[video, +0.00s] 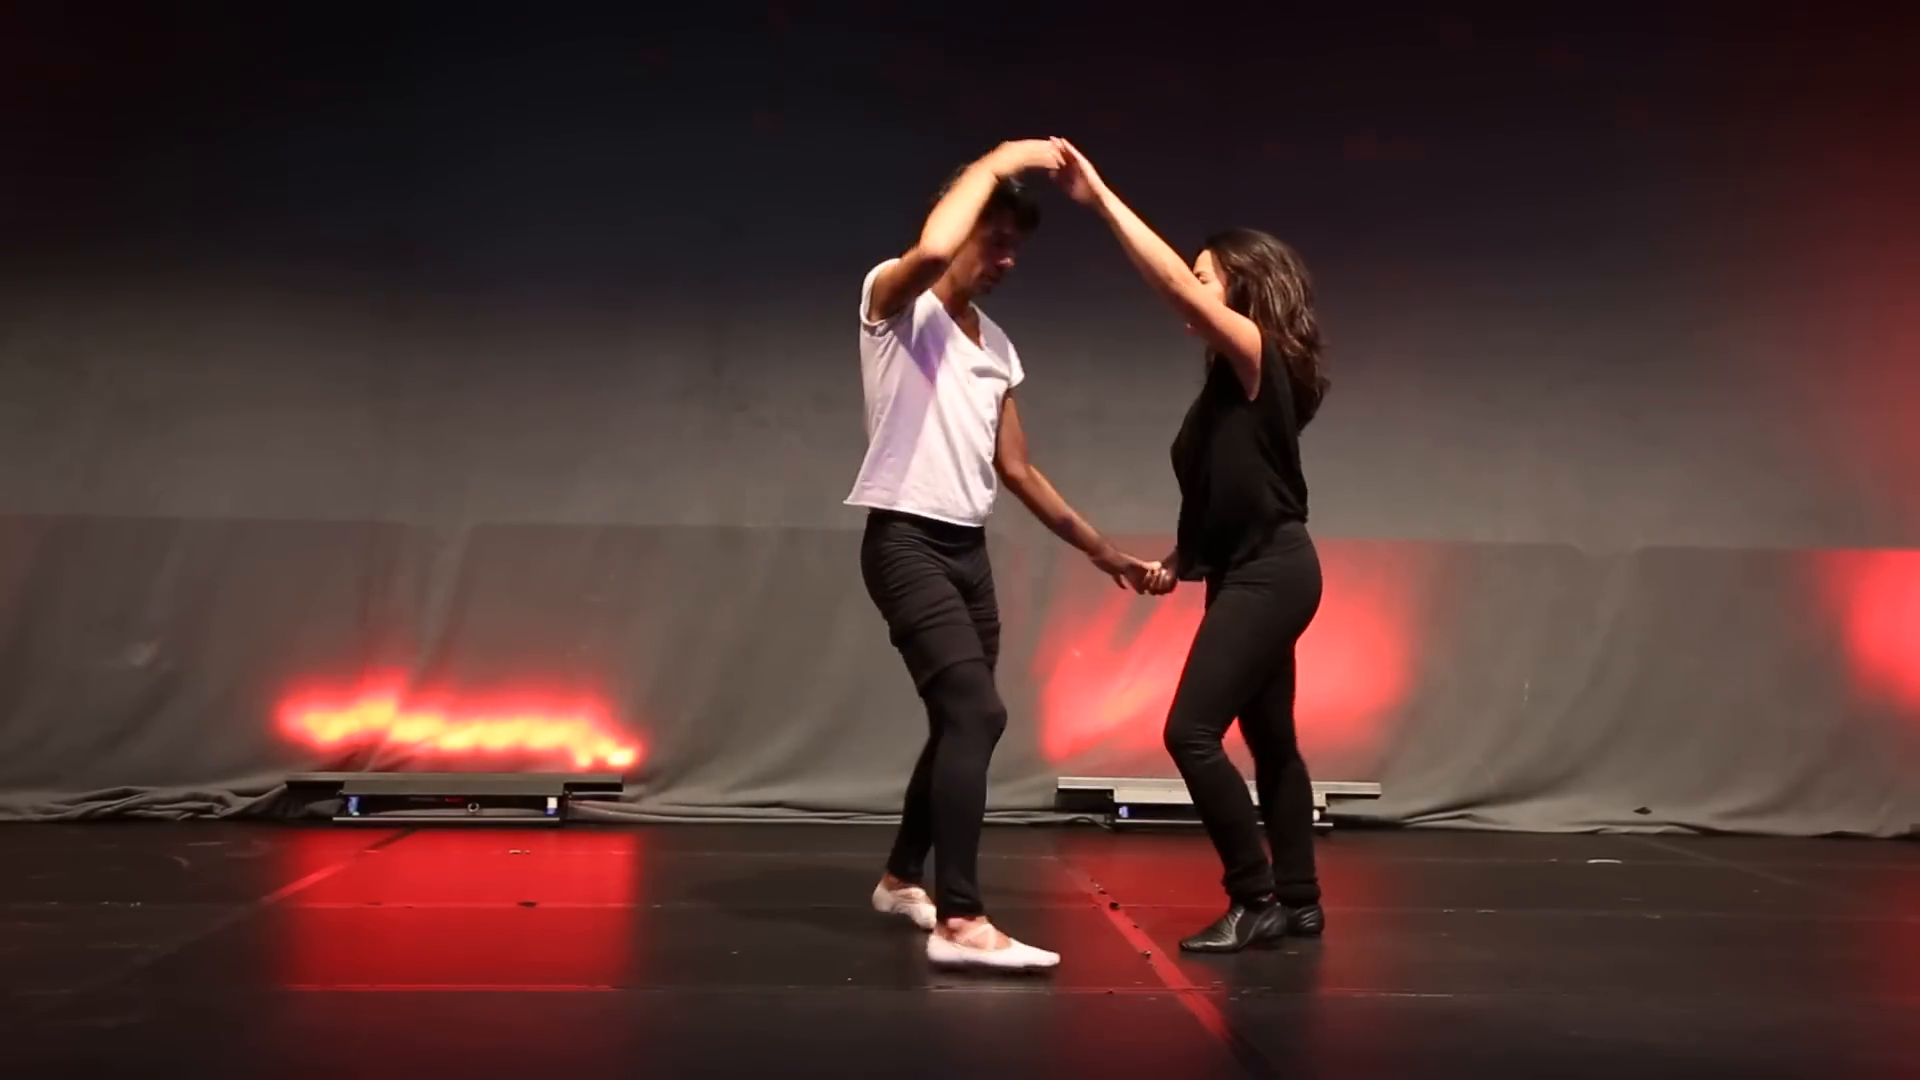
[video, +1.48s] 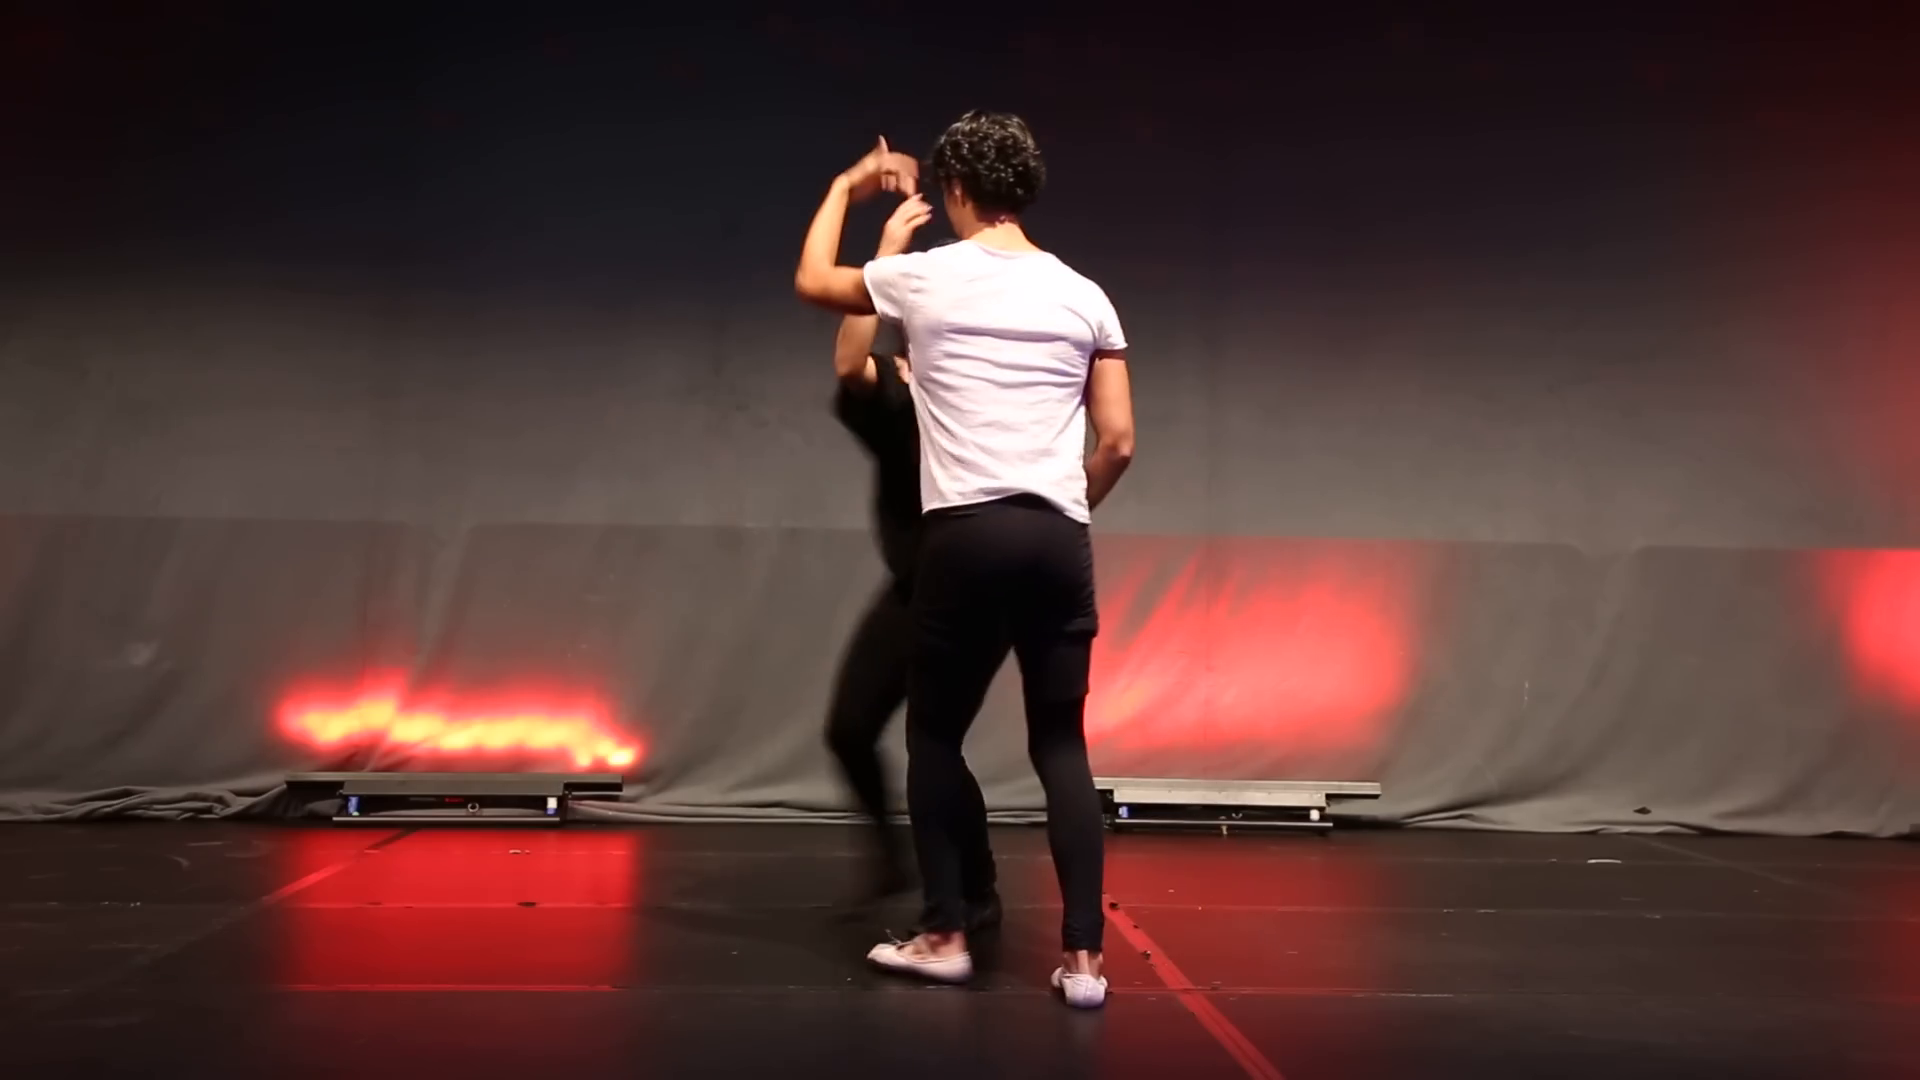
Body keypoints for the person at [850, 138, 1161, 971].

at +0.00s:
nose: (1001, 261)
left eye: (1012, 251)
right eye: (994, 242)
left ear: (1013, 255)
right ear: (956, 230)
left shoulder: (993, 348)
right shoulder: (891, 303)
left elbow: (1016, 469)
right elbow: (934, 251)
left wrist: (1096, 547)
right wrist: (994, 163)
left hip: (965, 544)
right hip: (904, 539)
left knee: (967, 718)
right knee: (972, 711)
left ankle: (902, 878)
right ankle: (959, 920)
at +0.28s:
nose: (1037, 249)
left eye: (1042, 235)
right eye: (1031, 231)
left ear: (1008, 231)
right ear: (987, 220)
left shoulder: (995, 327)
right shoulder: (904, 288)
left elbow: (1014, 461)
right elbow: (995, 317)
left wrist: (1108, 536)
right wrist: (970, 252)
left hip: (961, 533)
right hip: (927, 530)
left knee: (975, 723)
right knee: (1008, 723)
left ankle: (894, 868)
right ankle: (959, 933)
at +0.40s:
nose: (1033, 238)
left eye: (1036, 223)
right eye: (1031, 221)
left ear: (982, 213)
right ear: (1000, 214)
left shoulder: (961, 293)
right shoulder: (947, 289)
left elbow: (972, 459)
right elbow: (997, 404)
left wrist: (1060, 518)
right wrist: (1029, 321)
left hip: (944, 530)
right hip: (956, 533)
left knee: (967, 724)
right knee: (1019, 728)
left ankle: (885, 898)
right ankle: (963, 934)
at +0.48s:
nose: (1028, 235)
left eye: (1030, 221)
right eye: (1028, 219)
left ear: (953, 208)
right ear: (1008, 211)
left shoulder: (907, 300)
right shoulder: (976, 289)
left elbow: (888, 442)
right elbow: (992, 415)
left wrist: (995, 466)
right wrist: (1060, 404)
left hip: (926, 538)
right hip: (978, 542)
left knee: (962, 730)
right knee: (1020, 730)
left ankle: (884, 911)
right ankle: (963, 933)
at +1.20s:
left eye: (944, 184)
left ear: (935, 191)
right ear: (1017, 192)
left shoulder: (896, 286)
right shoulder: (1064, 294)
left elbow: (862, 417)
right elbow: (1084, 440)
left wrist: (908, 368)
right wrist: (1040, 494)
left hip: (912, 532)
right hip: (1008, 538)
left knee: (893, 741)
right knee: (985, 735)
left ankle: (913, 943)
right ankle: (1054, 912)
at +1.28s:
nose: (950, 201)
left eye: (945, 187)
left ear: (943, 193)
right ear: (1022, 194)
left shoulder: (899, 285)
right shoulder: (1073, 297)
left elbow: (828, 379)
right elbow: (1094, 440)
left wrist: (860, 309)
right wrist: (1039, 492)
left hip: (925, 538)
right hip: (1023, 540)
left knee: (915, 740)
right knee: (1030, 744)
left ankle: (920, 942)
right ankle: (1078, 952)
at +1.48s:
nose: (942, 202)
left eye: (943, 188)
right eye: (944, 190)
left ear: (954, 193)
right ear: (1028, 193)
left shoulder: (923, 275)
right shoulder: (1084, 298)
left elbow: (814, 281)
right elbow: (1117, 441)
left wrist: (849, 184)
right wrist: (1067, 509)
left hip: (964, 534)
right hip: (1061, 538)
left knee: (932, 734)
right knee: (1062, 741)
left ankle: (944, 933)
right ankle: (1083, 957)